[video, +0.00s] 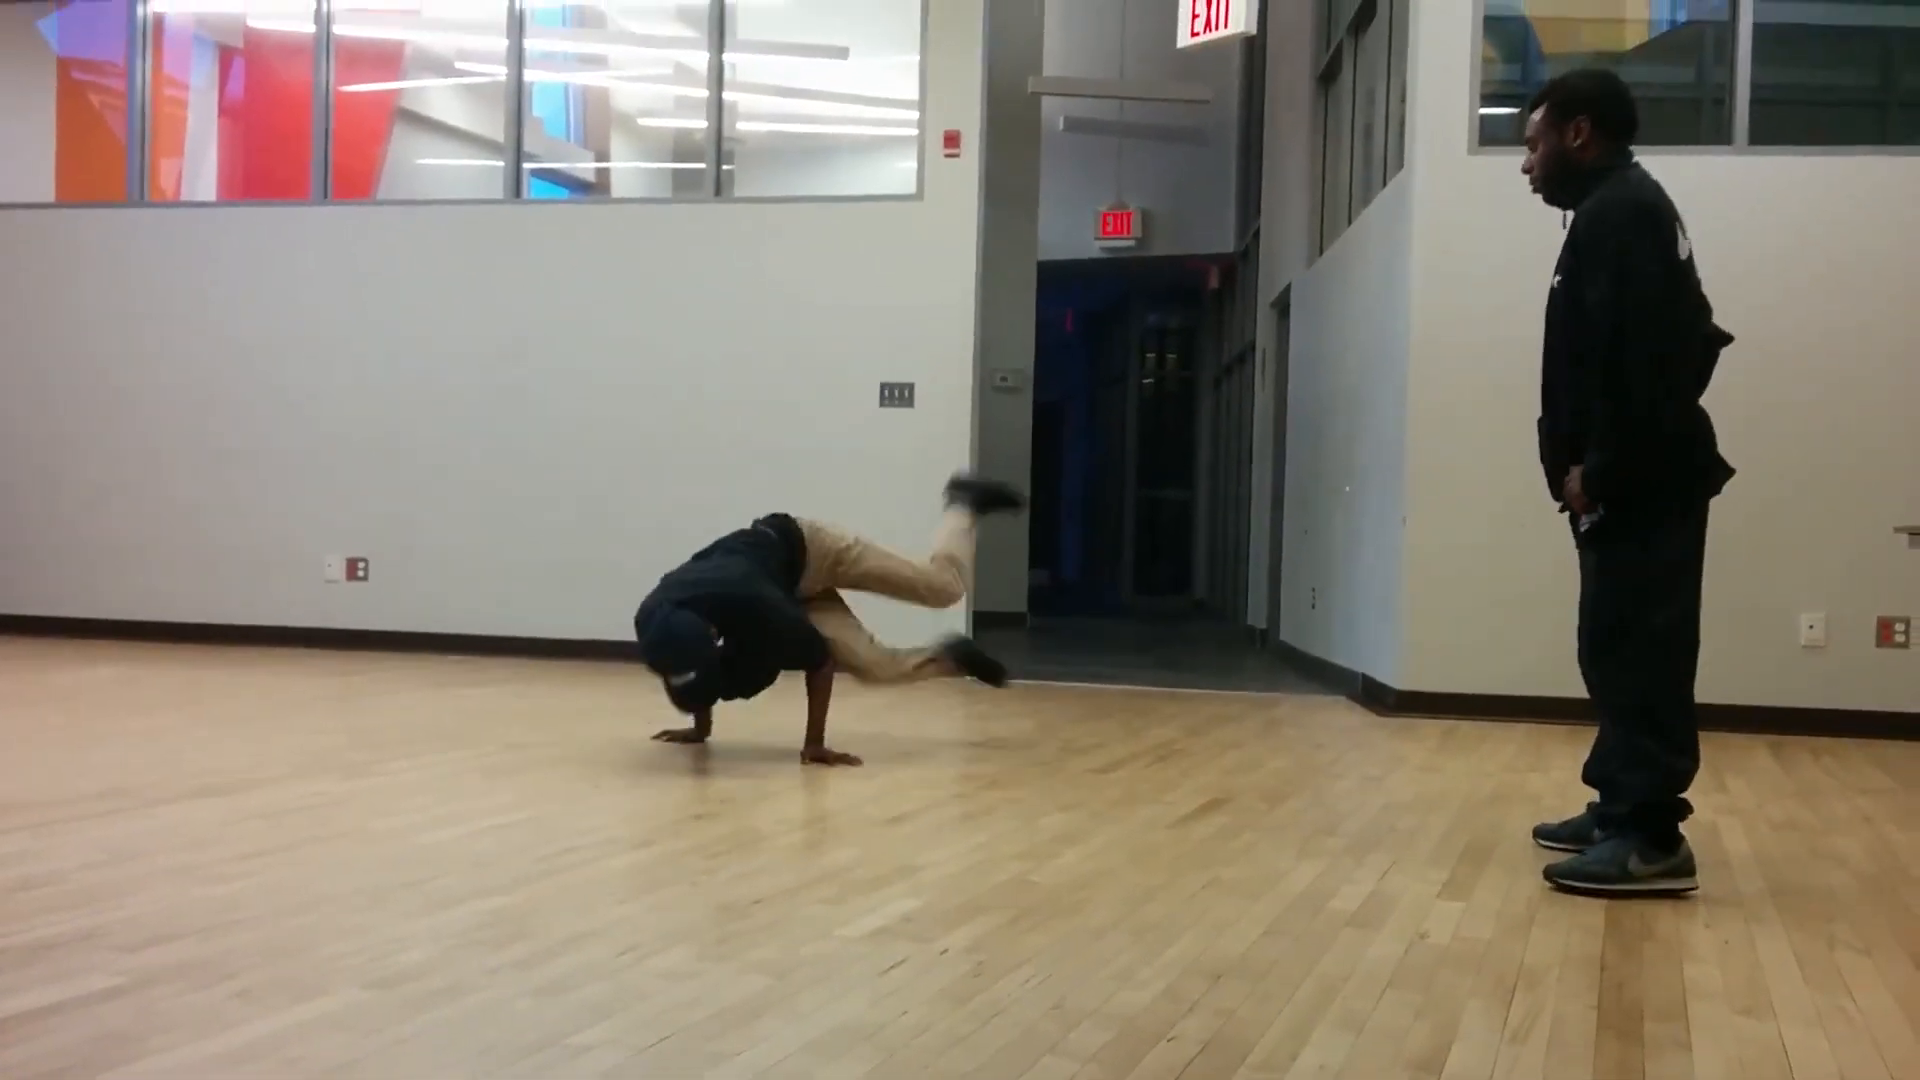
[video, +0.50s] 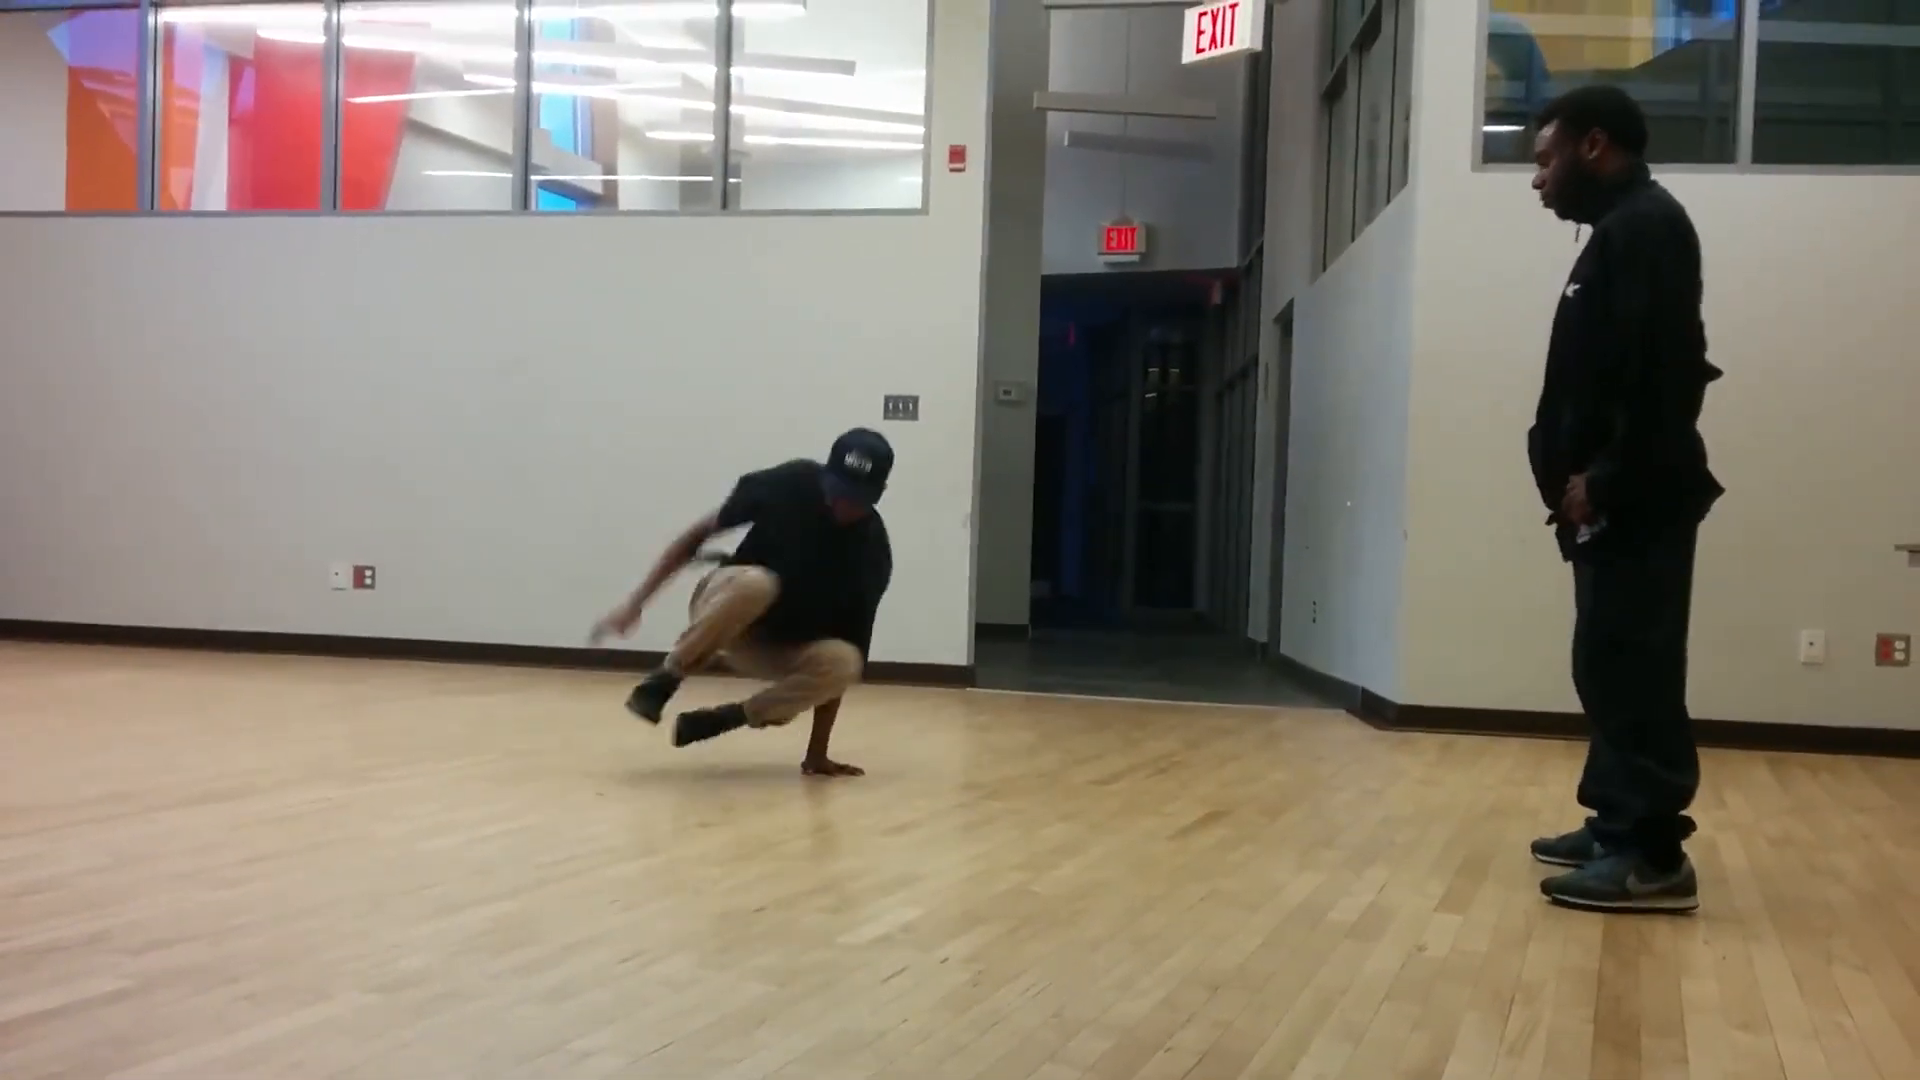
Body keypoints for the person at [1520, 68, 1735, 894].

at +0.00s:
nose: (1523, 162)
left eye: (1533, 142)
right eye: (1524, 144)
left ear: (1579, 135)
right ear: (1585, 137)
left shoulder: (1620, 212)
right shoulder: (1620, 207)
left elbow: (1646, 351)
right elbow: (1688, 340)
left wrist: (1596, 464)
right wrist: (1585, 455)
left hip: (1646, 485)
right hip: (1630, 484)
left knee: (1640, 652)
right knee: (1620, 648)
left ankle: (1651, 837)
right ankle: (1621, 810)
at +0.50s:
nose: (1538, 181)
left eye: (1546, 161)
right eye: (1536, 163)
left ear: (1596, 148)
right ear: (1599, 150)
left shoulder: (1648, 227)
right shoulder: (1626, 226)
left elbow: (1666, 378)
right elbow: (1631, 374)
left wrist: (1598, 479)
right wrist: (1572, 469)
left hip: (1644, 499)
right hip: (1619, 498)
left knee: (1631, 666)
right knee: (1611, 662)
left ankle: (1653, 857)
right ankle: (1619, 827)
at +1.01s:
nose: (1558, 147)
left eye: (1567, 125)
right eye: (1558, 127)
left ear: (1622, 116)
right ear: (1623, 119)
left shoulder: (1670, 197)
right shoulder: (1646, 197)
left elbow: (1674, 357)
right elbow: (1630, 349)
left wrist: (1606, 456)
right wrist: (1574, 441)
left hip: (1659, 482)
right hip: (1631, 480)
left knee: (1650, 656)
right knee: (1626, 651)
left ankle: (1657, 846)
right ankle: (1623, 814)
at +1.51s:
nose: (1559, 137)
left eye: (1569, 117)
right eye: (1559, 120)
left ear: (1619, 108)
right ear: (1623, 111)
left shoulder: (1659, 185)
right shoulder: (1648, 184)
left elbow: (1678, 347)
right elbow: (1642, 342)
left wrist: (1612, 447)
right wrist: (1588, 438)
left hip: (1663, 471)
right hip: (1643, 470)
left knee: (1655, 646)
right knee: (1634, 641)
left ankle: (1662, 837)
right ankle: (1629, 804)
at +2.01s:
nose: (1550, 148)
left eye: (1560, 128)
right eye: (1550, 130)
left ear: (1612, 120)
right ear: (1614, 123)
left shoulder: (1656, 199)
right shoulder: (1638, 200)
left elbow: (1682, 348)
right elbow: (1640, 346)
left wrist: (1629, 456)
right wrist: (1598, 448)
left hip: (1667, 478)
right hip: (1638, 478)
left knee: (1663, 646)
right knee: (1637, 642)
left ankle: (1667, 836)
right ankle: (1633, 804)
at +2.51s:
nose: (1564, 147)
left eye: (1573, 126)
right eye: (1561, 131)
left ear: (1630, 115)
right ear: (1630, 121)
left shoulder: (1680, 195)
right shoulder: (1654, 197)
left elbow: (1710, 342)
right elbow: (1665, 342)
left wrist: (1650, 454)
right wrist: (1613, 446)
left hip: (1682, 481)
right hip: (1647, 480)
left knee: (1672, 649)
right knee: (1642, 645)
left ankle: (1671, 837)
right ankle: (1636, 806)